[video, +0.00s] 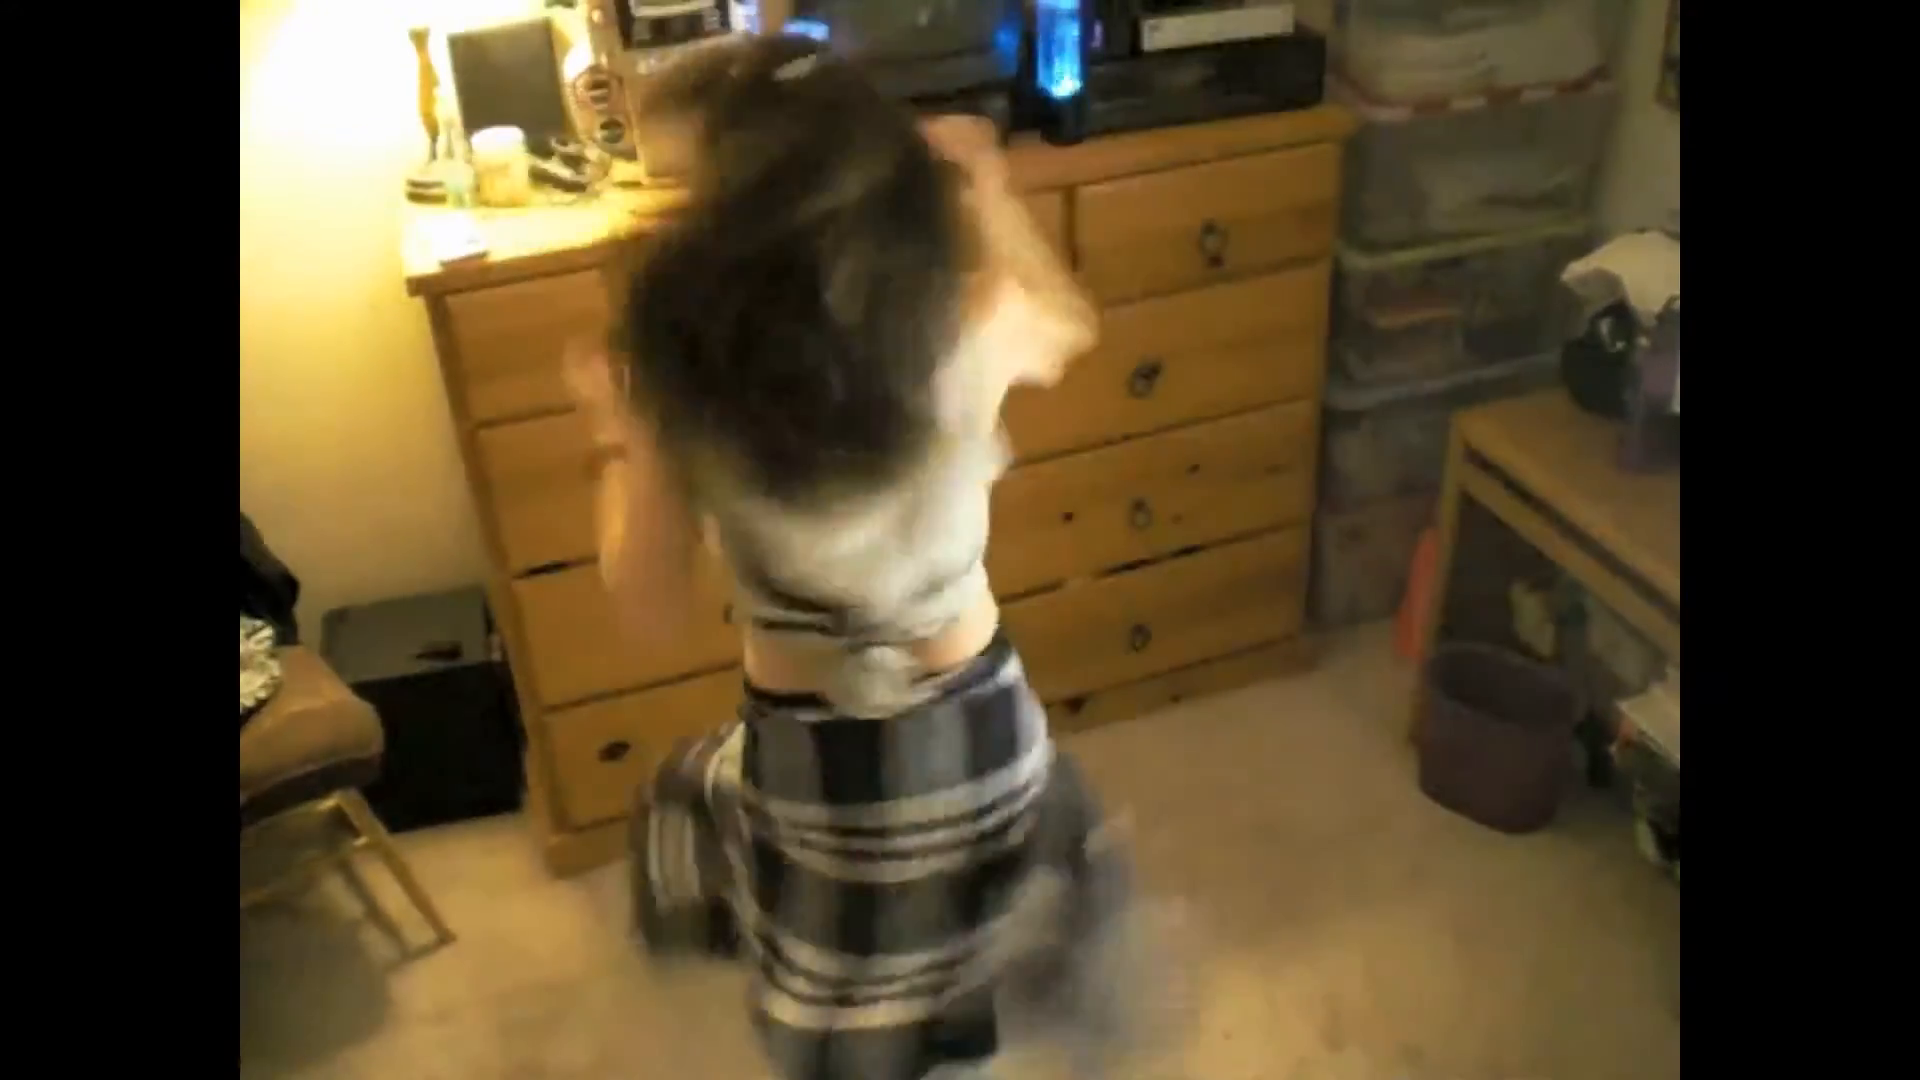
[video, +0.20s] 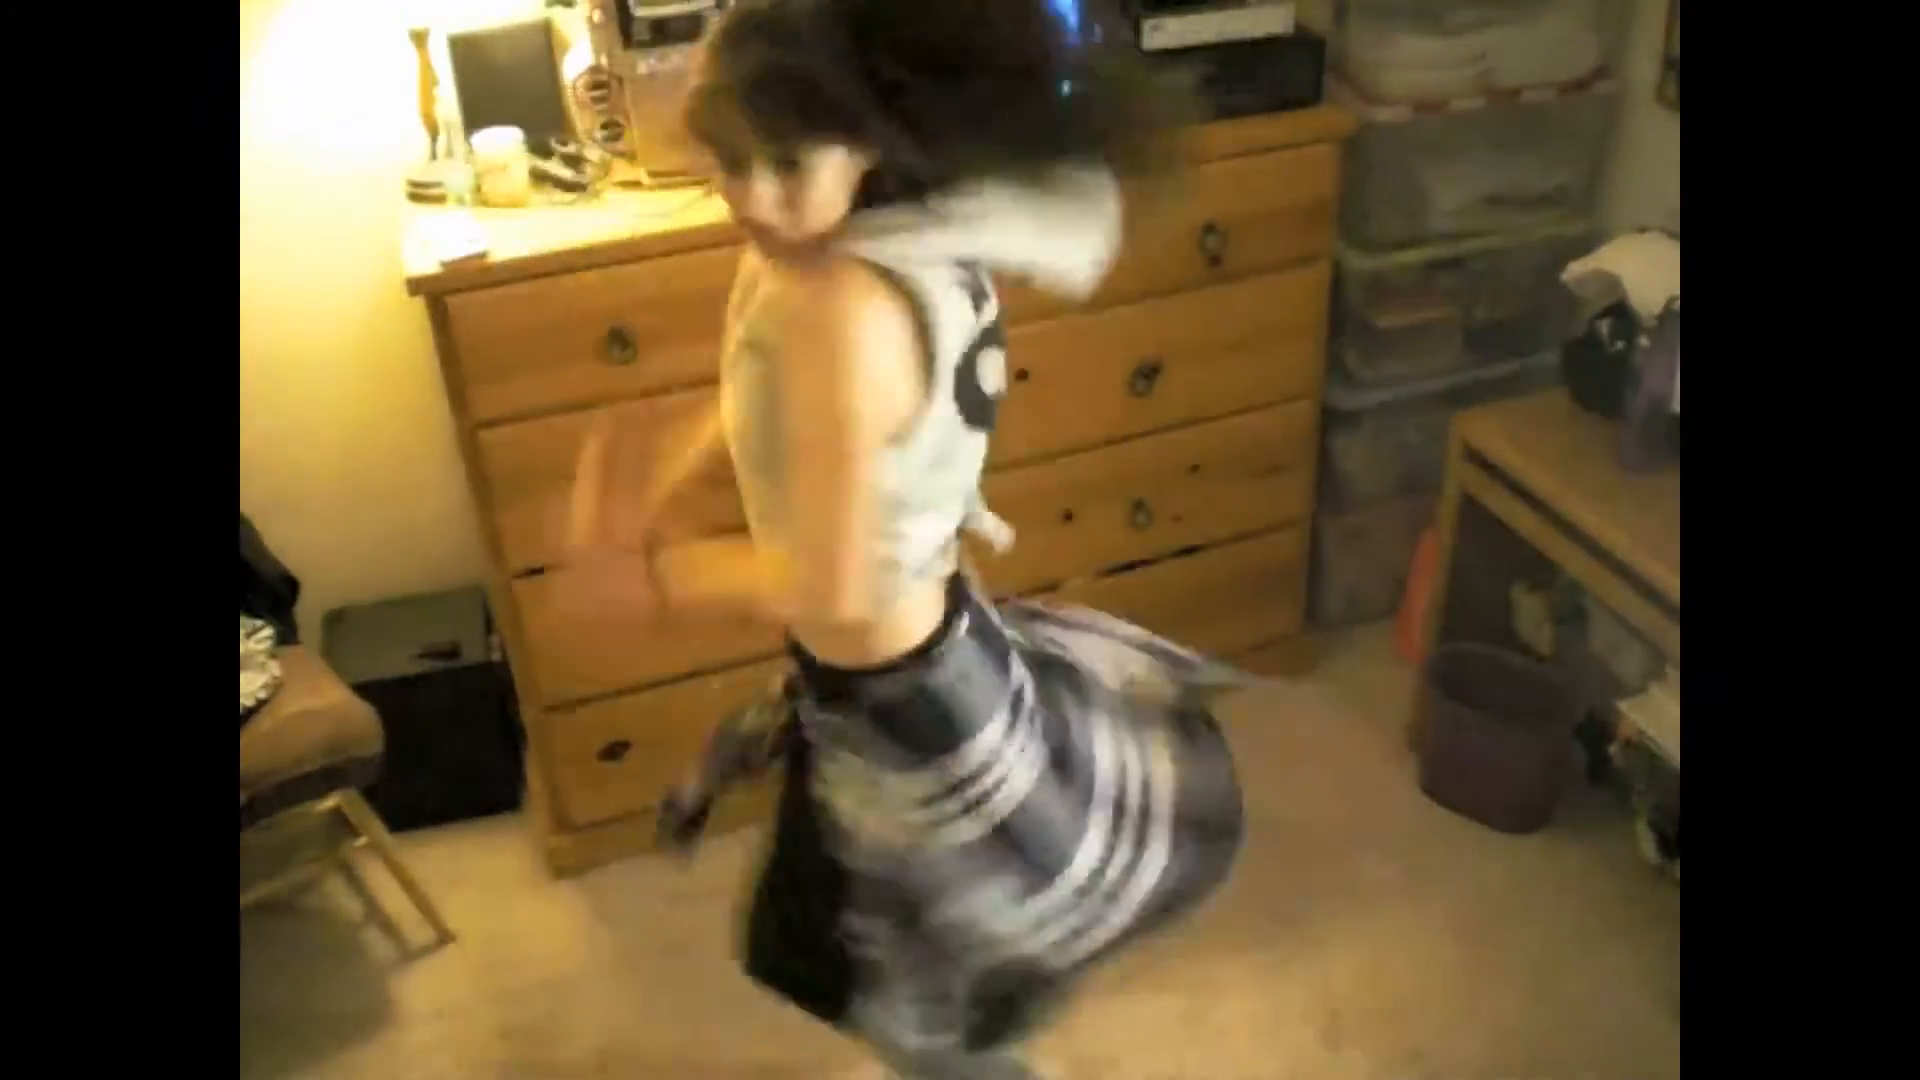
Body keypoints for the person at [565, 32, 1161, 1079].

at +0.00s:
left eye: (675, 177)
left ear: (722, 208)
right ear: (896, 190)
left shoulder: (684, 364)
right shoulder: (961, 333)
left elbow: (650, 606)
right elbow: (1061, 319)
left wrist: (625, 440)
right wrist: (992, 192)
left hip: (806, 749)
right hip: (975, 725)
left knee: (834, 1026)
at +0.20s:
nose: (754, 197)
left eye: (788, 163)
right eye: (732, 165)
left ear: (867, 146)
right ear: (710, 150)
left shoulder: (841, 314)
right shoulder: (775, 251)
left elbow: (832, 593)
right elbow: (764, 396)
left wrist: (661, 574)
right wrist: (656, 479)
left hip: (903, 705)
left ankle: (964, 1054)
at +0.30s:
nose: (807, 246)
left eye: (832, 207)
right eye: (772, 214)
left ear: (879, 196)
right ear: (731, 213)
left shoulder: (932, 338)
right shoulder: (722, 282)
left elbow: (923, 637)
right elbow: (701, 478)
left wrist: (791, 771)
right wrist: (669, 680)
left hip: (929, 723)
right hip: (798, 706)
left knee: (900, 991)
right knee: (814, 940)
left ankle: (1023, 1056)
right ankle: (906, 1048)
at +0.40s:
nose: (830, 276)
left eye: (846, 234)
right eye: (787, 250)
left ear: (880, 215)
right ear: (736, 256)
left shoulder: (955, 323)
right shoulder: (690, 352)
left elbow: (1008, 549)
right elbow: (697, 563)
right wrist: (718, 757)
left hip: (950, 725)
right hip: (790, 734)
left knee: (974, 991)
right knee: (819, 993)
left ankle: (1024, 1063)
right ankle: (889, 1058)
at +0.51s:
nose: (846, 288)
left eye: (850, 245)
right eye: (799, 277)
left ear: (875, 218)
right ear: (749, 293)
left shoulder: (941, 296)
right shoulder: (742, 404)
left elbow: (1004, 483)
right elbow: (719, 610)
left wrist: (1004, 683)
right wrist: (793, 794)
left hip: (964, 707)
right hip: (821, 751)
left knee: (998, 990)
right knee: (876, 1023)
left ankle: (1015, 1062)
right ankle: (855, 1065)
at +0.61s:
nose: (844, 297)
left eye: (839, 253)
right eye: (802, 298)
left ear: (857, 223)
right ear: (755, 322)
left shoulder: (930, 283)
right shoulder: (775, 416)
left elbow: (963, 463)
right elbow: (756, 625)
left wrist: (1006, 646)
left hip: (967, 703)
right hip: (826, 747)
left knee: (1011, 1001)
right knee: (885, 1038)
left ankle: (999, 1069)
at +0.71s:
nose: (828, 298)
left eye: (812, 257)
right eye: (782, 304)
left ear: (827, 231)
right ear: (737, 347)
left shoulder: (912, 283)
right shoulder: (776, 448)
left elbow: (977, 457)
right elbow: (877, 646)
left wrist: (1001, 641)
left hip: (959, 704)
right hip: (828, 749)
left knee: (1005, 1010)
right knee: (863, 1051)